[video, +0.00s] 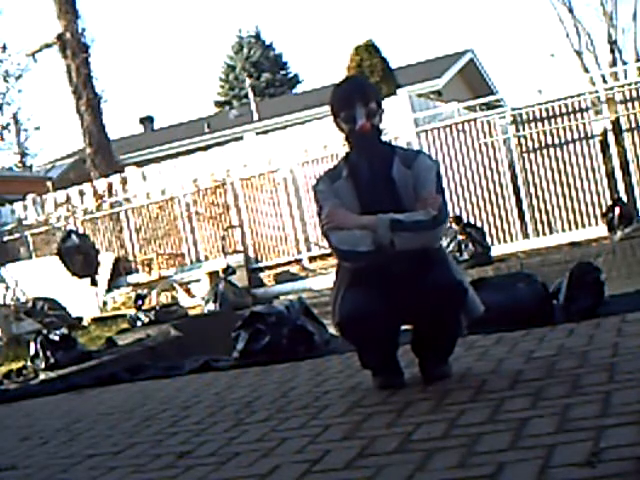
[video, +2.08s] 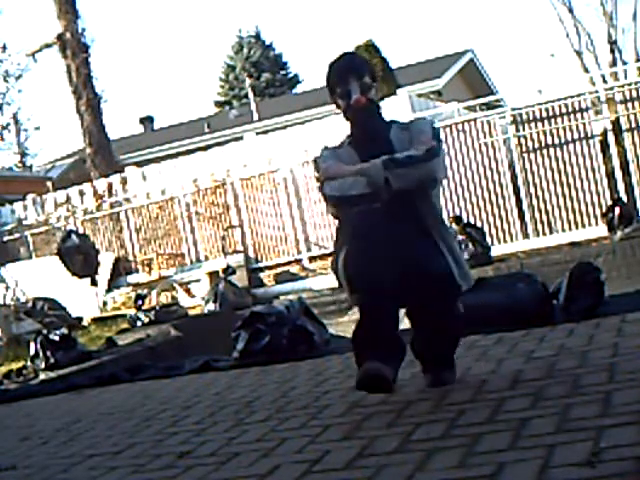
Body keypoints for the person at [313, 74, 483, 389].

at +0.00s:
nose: (362, 124)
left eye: (370, 112)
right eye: (350, 117)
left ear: (381, 112)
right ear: (338, 122)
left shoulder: (418, 164)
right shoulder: (328, 185)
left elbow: (434, 228)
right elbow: (345, 246)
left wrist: (359, 222)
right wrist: (414, 220)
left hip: (422, 265)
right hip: (365, 277)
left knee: (444, 293)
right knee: (359, 315)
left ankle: (434, 358)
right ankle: (384, 367)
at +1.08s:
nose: (349, 121)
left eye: (357, 109)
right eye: (337, 113)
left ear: (368, 110)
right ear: (326, 119)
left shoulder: (402, 156)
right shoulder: (315, 179)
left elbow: (419, 217)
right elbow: (329, 235)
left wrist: (344, 212)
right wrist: (399, 208)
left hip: (413, 260)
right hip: (359, 273)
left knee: (430, 292)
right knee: (362, 313)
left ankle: (434, 361)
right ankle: (385, 370)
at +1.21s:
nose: (343, 113)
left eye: (351, 102)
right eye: (332, 106)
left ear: (363, 104)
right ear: (320, 112)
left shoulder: (395, 147)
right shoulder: (308, 173)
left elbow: (407, 193)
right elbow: (321, 228)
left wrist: (337, 202)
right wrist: (386, 209)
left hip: (413, 263)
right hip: (358, 278)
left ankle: (442, 347)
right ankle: (385, 366)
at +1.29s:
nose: (341, 115)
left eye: (349, 104)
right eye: (329, 108)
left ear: (360, 106)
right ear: (317, 114)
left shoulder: (391, 151)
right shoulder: (306, 176)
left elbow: (409, 196)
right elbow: (321, 232)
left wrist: (338, 204)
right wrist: (387, 207)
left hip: (412, 253)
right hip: (358, 266)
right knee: (368, 308)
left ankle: (453, 361)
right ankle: (386, 369)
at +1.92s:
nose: (369, 124)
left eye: (376, 112)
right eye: (357, 118)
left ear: (388, 113)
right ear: (348, 126)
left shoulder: (426, 158)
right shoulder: (341, 184)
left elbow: (433, 194)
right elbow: (344, 231)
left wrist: (360, 205)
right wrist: (402, 210)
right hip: (384, 286)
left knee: (407, 248)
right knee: (363, 260)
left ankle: (434, 360)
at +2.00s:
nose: (364, 110)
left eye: (370, 99)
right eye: (352, 103)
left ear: (383, 99)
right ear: (341, 110)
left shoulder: (421, 143)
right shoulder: (337, 171)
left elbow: (435, 188)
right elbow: (340, 210)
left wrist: (359, 188)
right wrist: (404, 194)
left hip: (428, 264)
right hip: (370, 275)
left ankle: (436, 360)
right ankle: (377, 368)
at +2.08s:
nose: (357, 98)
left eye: (363, 87)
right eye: (345, 92)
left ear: (375, 86)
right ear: (335, 101)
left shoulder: (416, 131)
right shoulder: (333, 157)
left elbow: (433, 169)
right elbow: (335, 198)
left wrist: (361, 175)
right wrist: (397, 180)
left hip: (420, 239)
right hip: (366, 250)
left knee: (435, 292)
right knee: (376, 299)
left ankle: (438, 360)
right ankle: (376, 361)